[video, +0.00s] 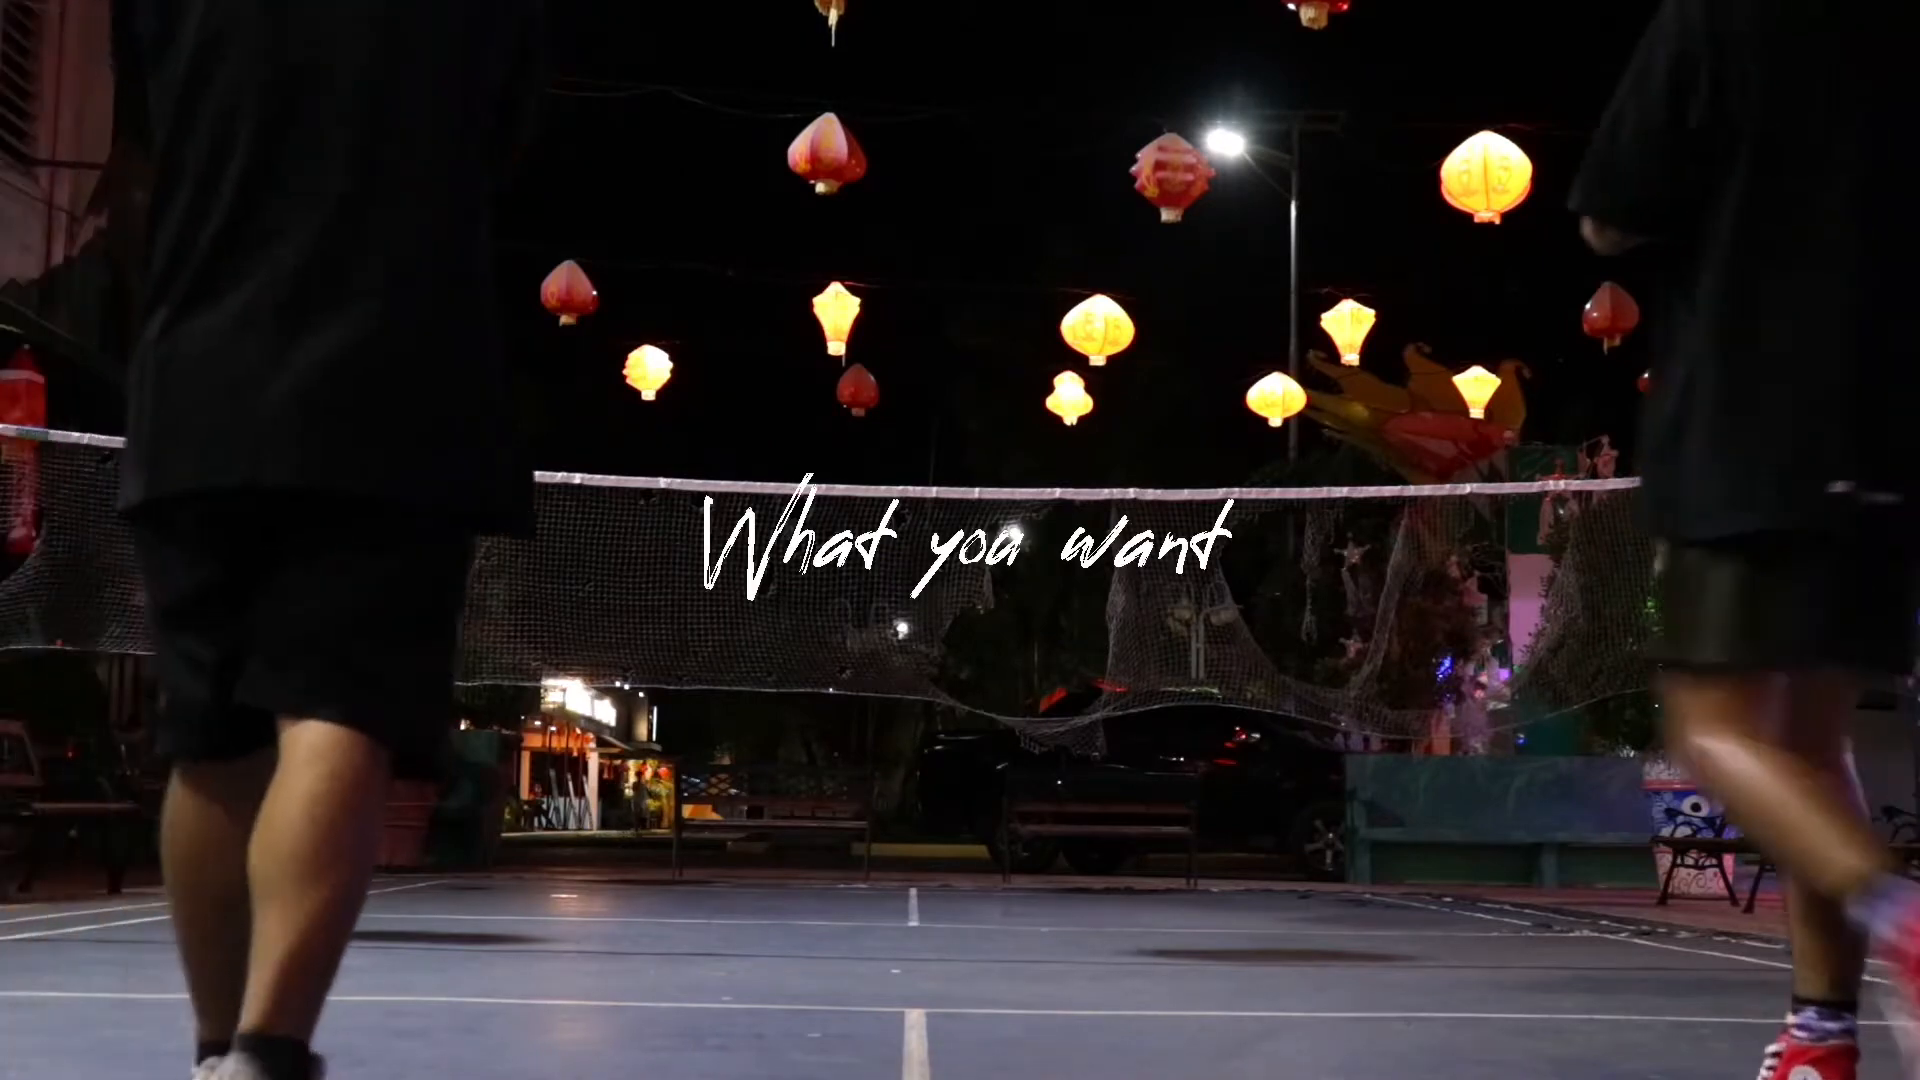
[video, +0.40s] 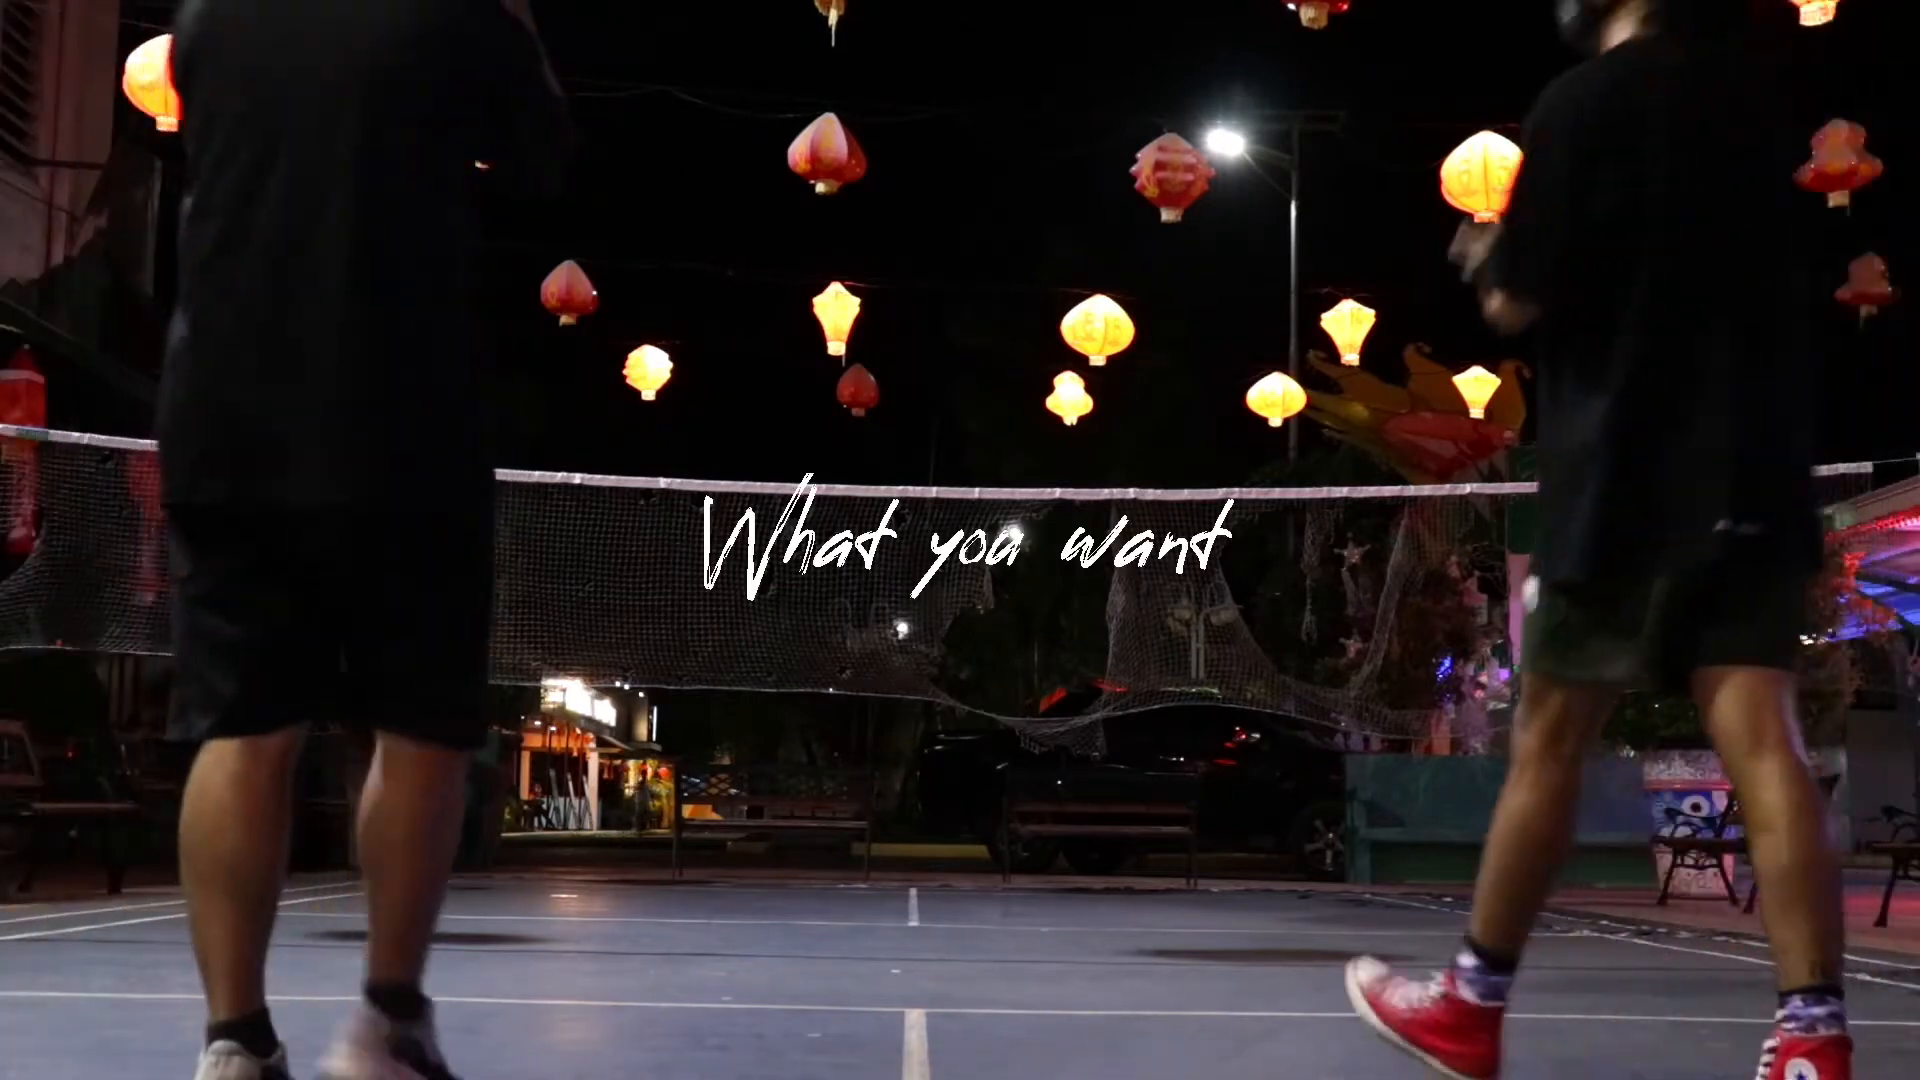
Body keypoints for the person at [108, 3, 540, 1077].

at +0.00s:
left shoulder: (166, 16)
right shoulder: (481, 25)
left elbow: (141, 153)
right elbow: (508, 153)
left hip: (196, 373)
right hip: (395, 375)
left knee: (209, 742)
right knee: (337, 723)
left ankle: (225, 1055)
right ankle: (265, 1046)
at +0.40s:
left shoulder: (214, 19)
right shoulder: (468, 23)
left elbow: (187, 221)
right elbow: (542, 189)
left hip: (225, 414)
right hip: (410, 423)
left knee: (241, 720)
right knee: (424, 724)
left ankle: (233, 1040)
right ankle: (391, 1015)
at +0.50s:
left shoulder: (235, 24)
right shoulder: (466, 31)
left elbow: (196, 230)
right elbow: (540, 207)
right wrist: (522, 36)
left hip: (238, 428)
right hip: (417, 439)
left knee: (247, 722)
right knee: (415, 734)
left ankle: (234, 1037)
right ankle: (407, 1027)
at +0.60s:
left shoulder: (265, 52)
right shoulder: (497, 64)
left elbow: (208, 255)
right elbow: (560, 224)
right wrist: (549, 64)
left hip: (259, 452)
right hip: (432, 462)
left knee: (260, 727)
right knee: (413, 750)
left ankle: (236, 1032)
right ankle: (415, 1023)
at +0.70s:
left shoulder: (285, 71)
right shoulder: (513, 87)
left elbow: (284, 234)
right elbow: (573, 228)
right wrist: (562, 73)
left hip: (287, 466)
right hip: (453, 473)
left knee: (275, 727)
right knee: (430, 748)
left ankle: (240, 1012)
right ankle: (415, 1026)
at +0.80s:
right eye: (538, 14)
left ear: (412, 9)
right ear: (518, 14)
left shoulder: (327, 93)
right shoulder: (545, 104)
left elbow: (365, 207)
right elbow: (589, 240)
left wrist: (408, 42)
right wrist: (574, 76)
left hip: (337, 466)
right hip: (492, 473)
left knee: (294, 714)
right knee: (453, 745)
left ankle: (252, 926)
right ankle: (415, 1024)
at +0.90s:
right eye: (546, 26)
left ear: (425, 19)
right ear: (533, 27)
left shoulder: (347, 103)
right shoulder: (566, 115)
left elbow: (379, 208)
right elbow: (605, 241)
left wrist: (415, 54)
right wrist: (587, 88)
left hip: (362, 463)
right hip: (515, 472)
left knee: (328, 708)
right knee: (462, 746)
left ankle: (283, 926)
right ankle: (417, 1024)